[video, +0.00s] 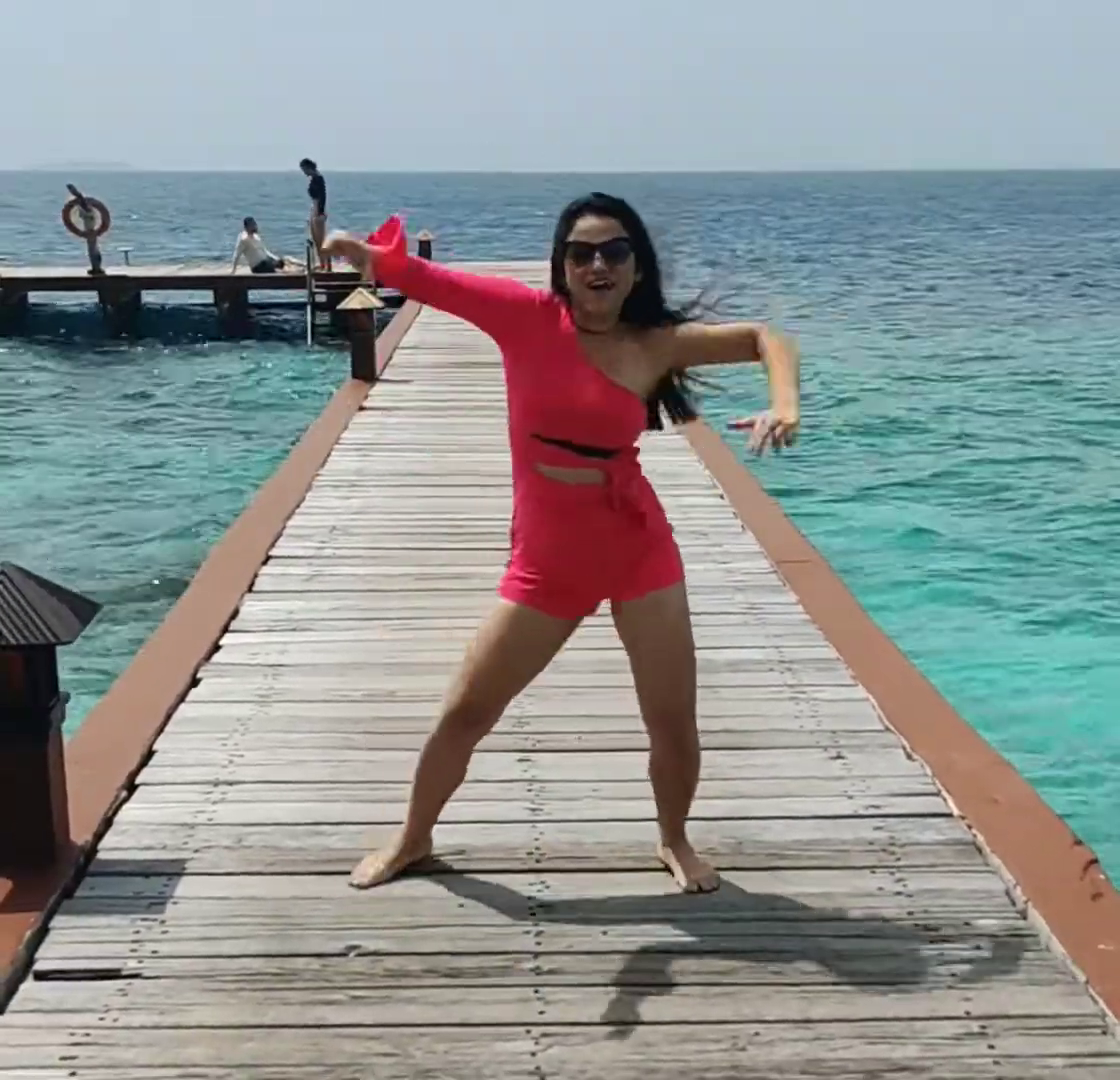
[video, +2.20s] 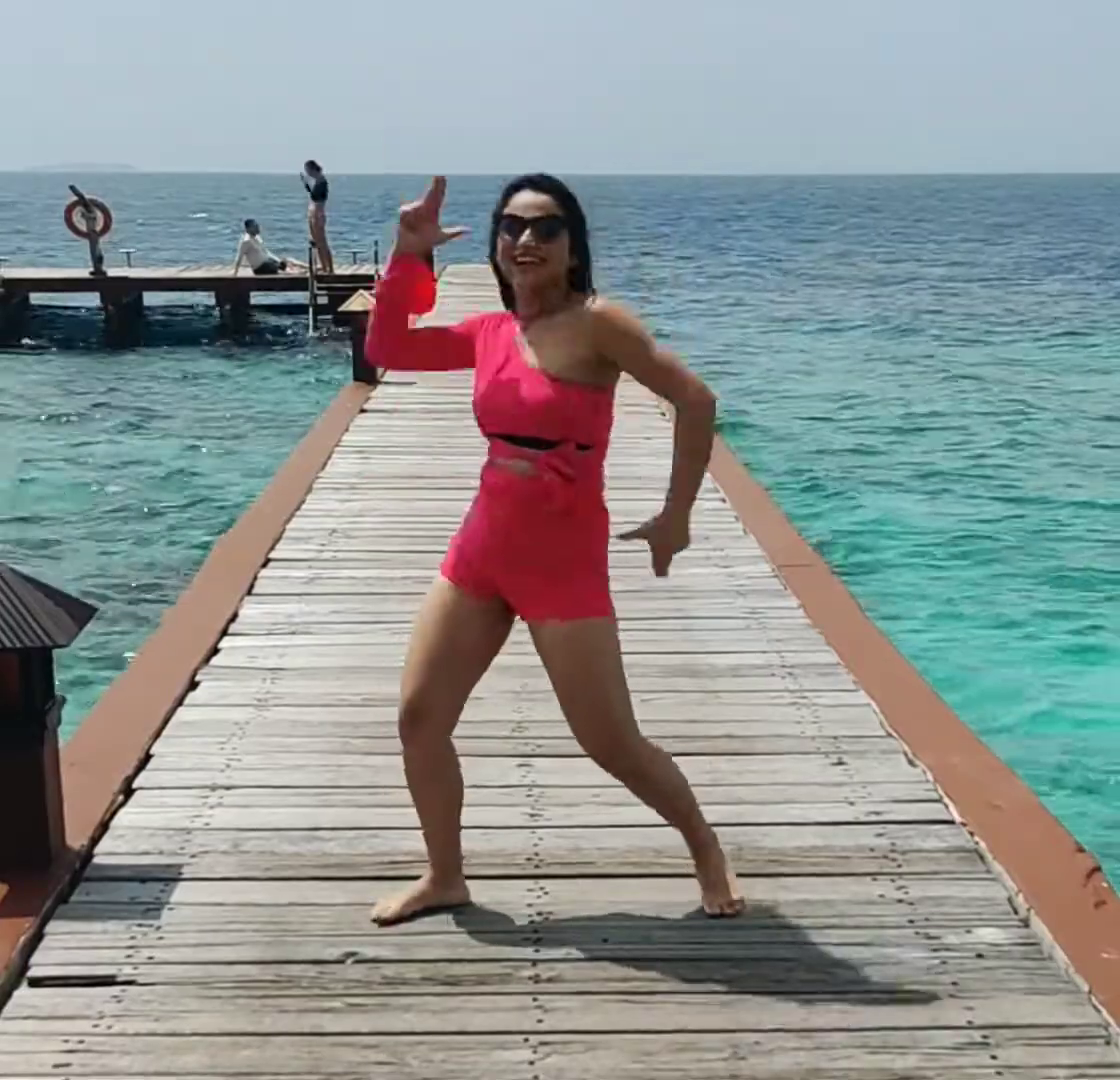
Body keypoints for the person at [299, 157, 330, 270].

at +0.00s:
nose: (304, 172)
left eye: (305, 169)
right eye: (303, 170)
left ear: (310, 168)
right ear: (309, 168)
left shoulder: (317, 180)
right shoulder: (314, 179)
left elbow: (319, 198)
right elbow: (315, 198)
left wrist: (318, 213)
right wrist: (312, 214)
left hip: (319, 213)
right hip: (314, 212)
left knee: (320, 239)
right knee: (316, 239)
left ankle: (326, 265)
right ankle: (322, 264)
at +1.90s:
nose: (306, 175)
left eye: (306, 172)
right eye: (305, 172)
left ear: (311, 170)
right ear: (313, 169)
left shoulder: (320, 181)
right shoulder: (317, 181)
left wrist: (318, 211)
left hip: (317, 212)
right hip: (313, 211)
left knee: (321, 241)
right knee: (316, 241)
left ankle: (329, 268)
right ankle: (323, 267)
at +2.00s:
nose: (306, 174)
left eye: (307, 171)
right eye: (305, 171)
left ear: (311, 170)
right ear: (312, 169)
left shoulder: (321, 181)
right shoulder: (316, 181)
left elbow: (330, 195)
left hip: (318, 211)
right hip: (312, 211)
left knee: (321, 241)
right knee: (316, 241)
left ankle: (329, 268)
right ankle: (324, 267)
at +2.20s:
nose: (308, 173)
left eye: (308, 171)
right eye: (307, 171)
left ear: (314, 169)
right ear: (313, 169)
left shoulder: (321, 182)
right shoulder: (317, 182)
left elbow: (315, 197)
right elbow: (314, 196)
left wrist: (306, 184)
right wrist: (306, 183)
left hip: (318, 211)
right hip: (312, 211)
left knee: (321, 241)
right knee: (316, 241)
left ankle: (329, 268)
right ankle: (323, 267)